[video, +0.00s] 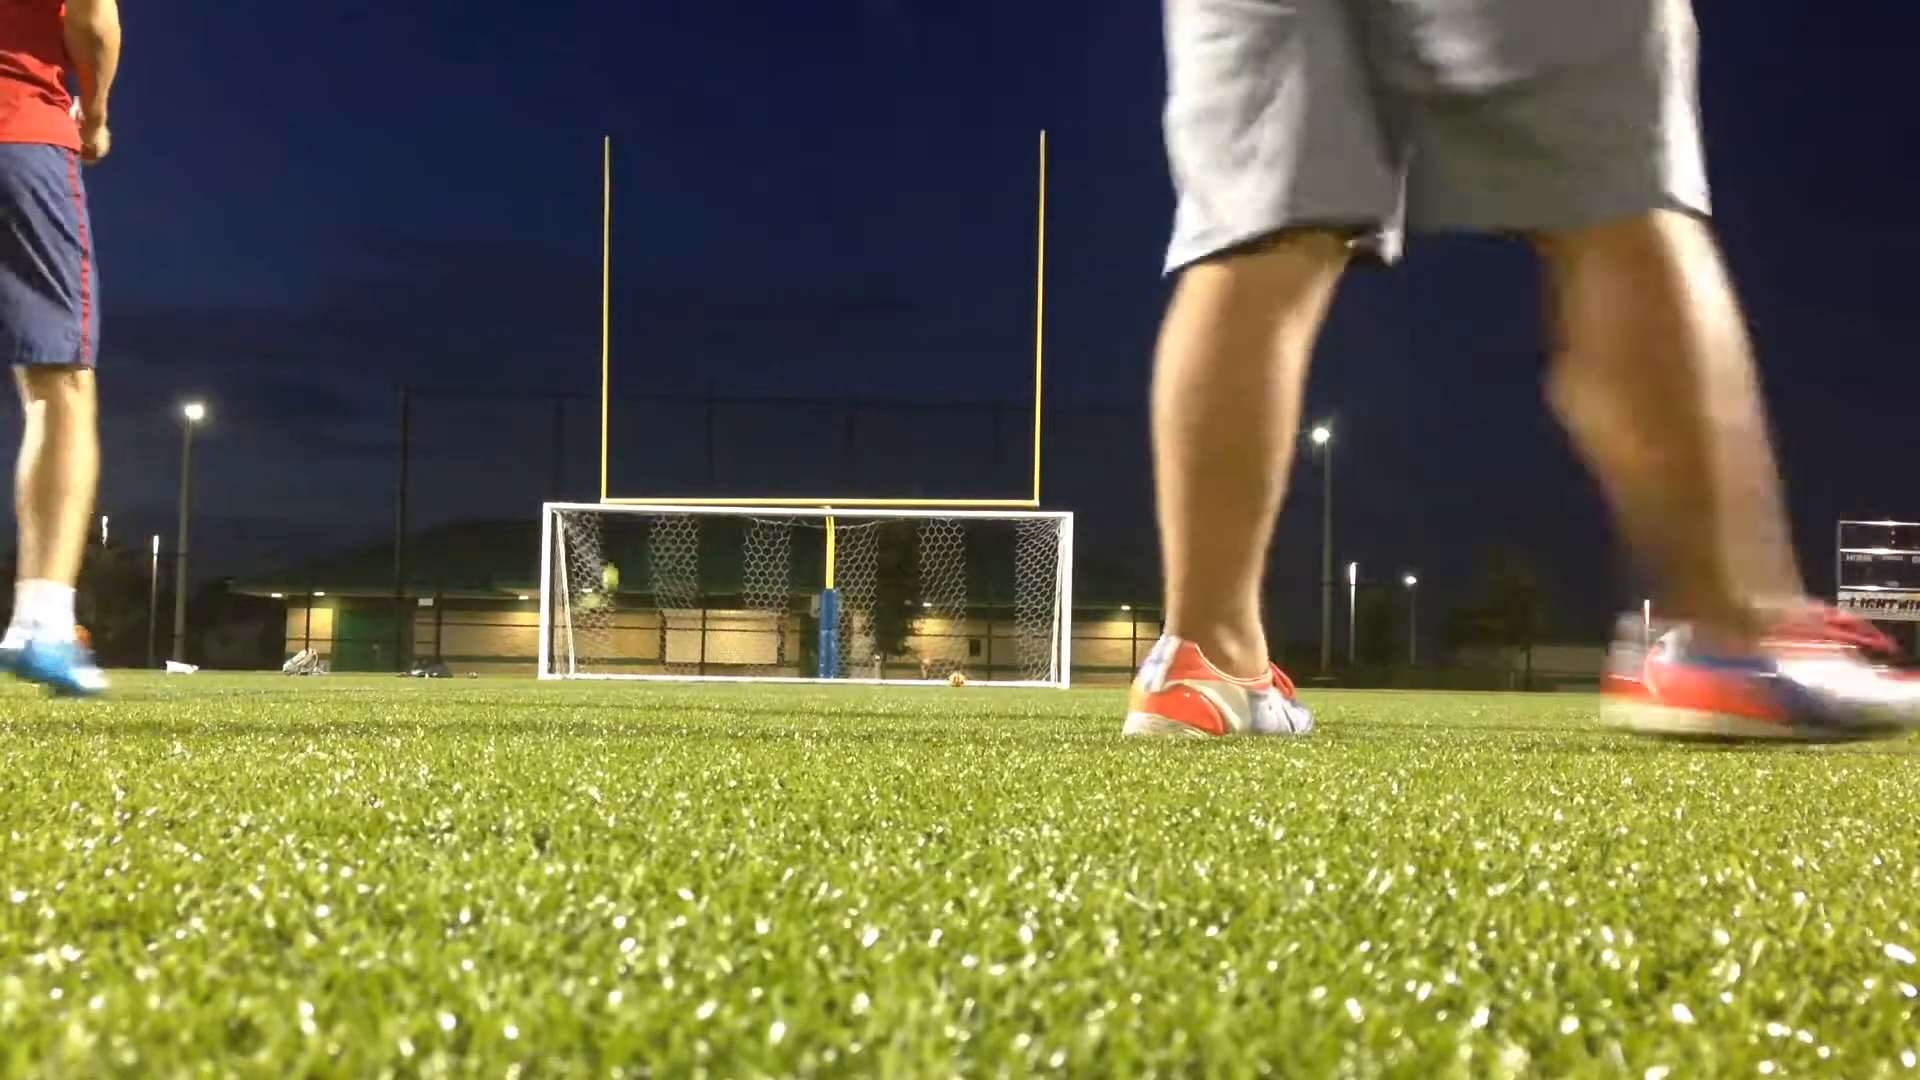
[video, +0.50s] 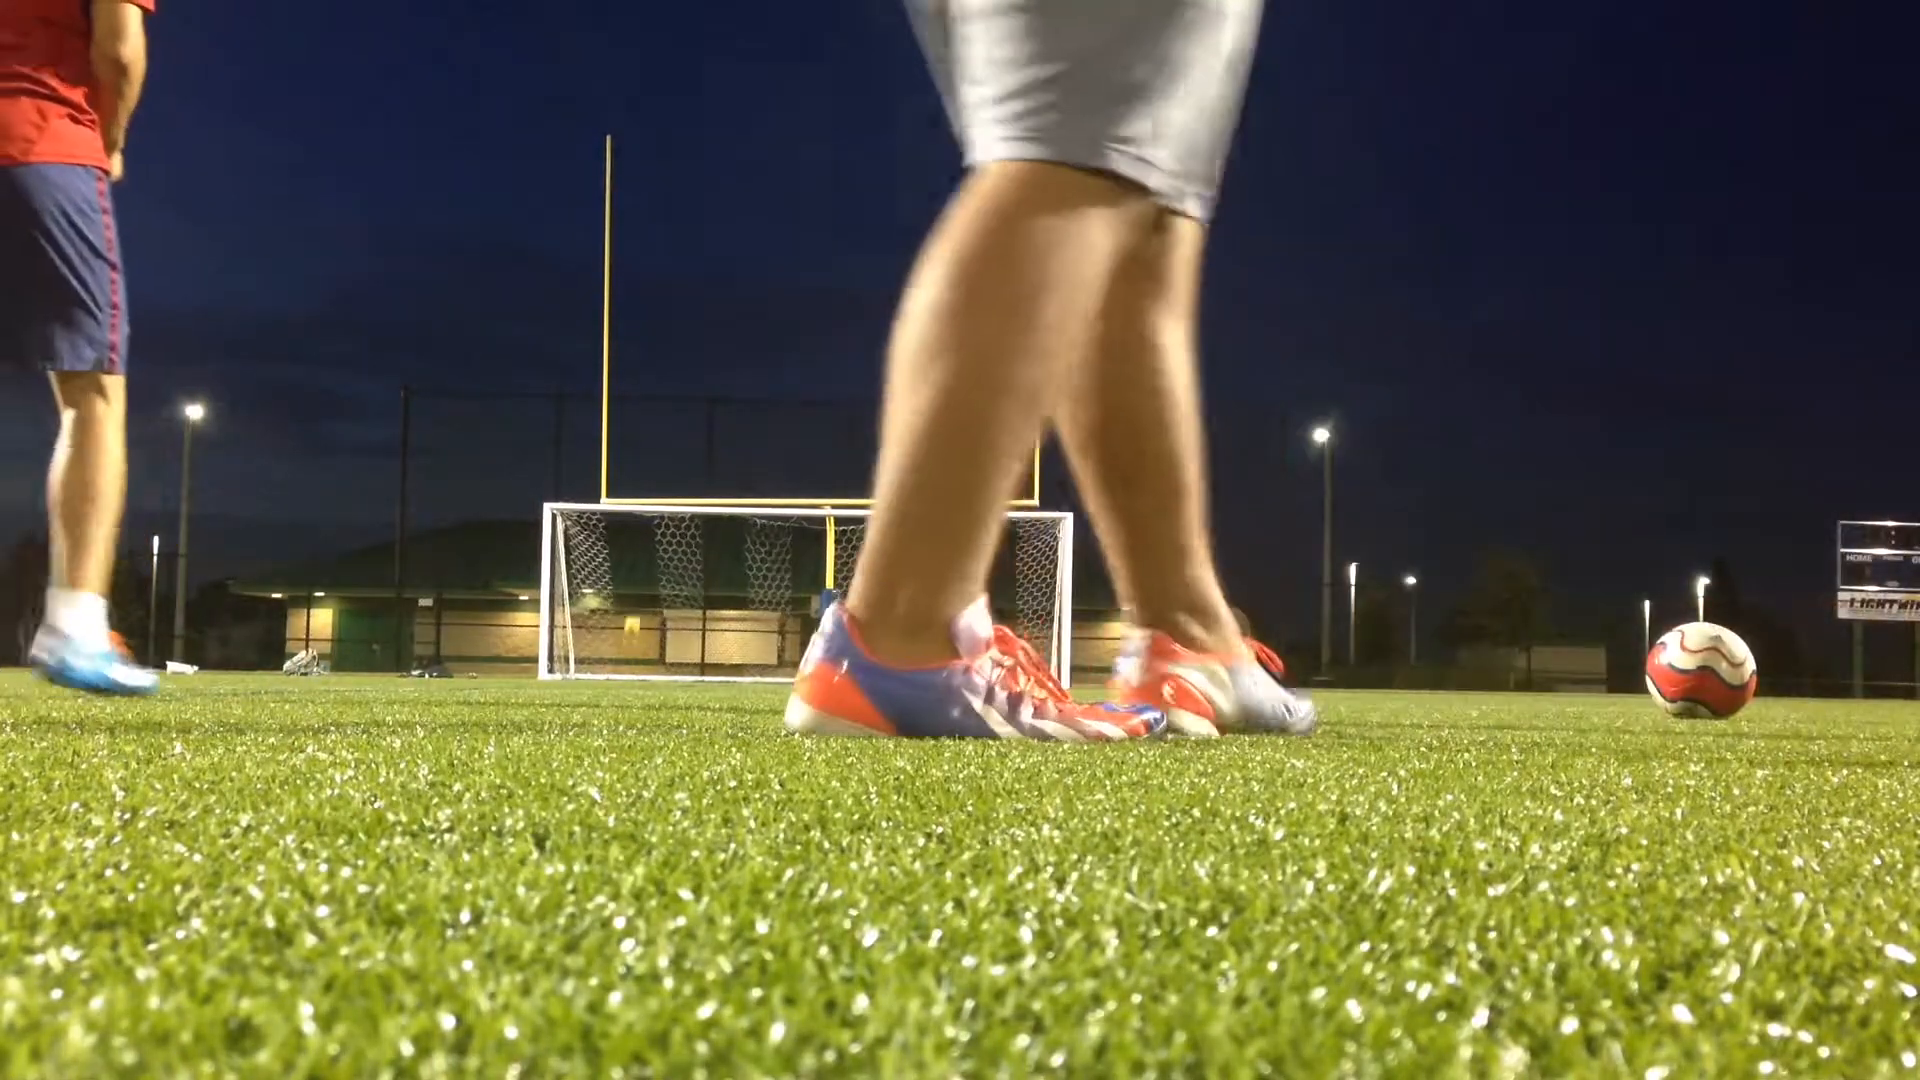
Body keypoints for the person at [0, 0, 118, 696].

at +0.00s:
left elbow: (95, 21)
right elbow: (95, 19)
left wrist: (89, 106)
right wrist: (94, 107)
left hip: (25, 137)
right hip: (25, 135)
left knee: (53, 388)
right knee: (57, 390)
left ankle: (38, 622)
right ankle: (42, 625)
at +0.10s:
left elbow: (100, 34)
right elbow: (100, 30)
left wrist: (79, 115)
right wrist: (86, 115)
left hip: (26, 140)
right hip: (26, 139)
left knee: (20, 400)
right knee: (37, 395)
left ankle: (18, 633)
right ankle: (18, 635)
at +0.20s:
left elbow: (106, 42)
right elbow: (107, 38)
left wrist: (71, 128)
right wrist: (76, 126)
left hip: (29, 144)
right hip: (26, 145)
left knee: (30, 396)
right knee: (36, 396)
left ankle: (18, 629)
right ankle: (18, 631)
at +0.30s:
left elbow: (110, 48)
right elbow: (111, 44)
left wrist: (74, 128)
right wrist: (81, 127)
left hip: (29, 145)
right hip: (28, 145)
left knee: (49, 388)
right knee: (57, 387)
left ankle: (23, 604)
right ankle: (21, 605)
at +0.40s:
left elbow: (111, 56)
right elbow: (111, 52)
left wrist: (88, 137)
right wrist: (97, 137)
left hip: (33, 143)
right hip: (36, 141)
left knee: (73, 390)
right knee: (79, 389)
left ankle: (35, 602)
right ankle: (40, 603)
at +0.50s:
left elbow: (119, 55)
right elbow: (119, 52)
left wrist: (98, 144)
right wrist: (107, 145)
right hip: (44, 145)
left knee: (87, 396)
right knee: (90, 397)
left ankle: (72, 623)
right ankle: (75, 625)